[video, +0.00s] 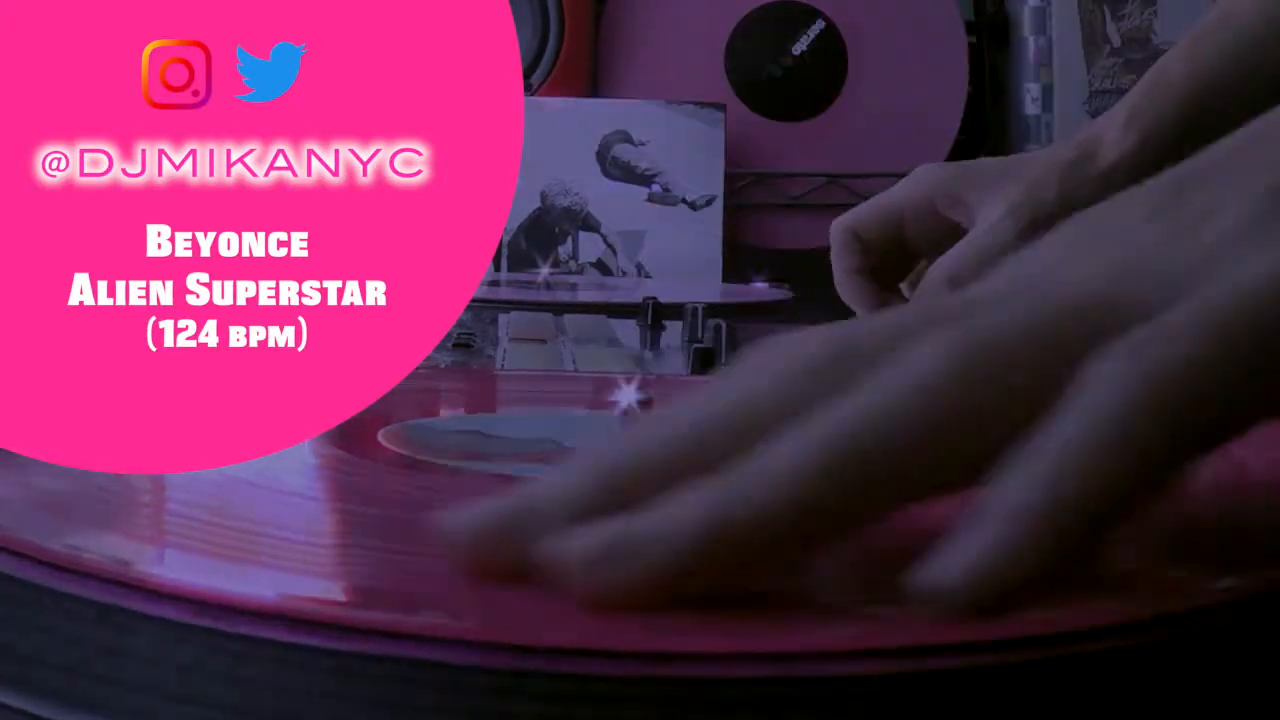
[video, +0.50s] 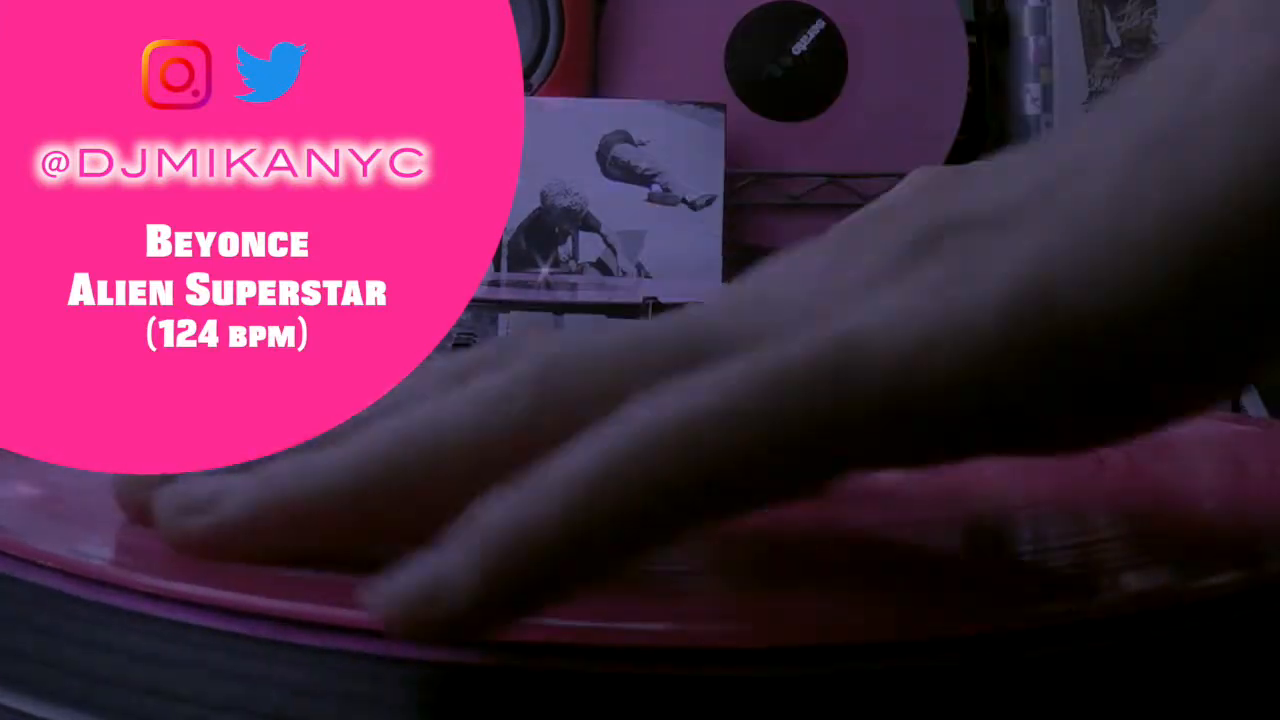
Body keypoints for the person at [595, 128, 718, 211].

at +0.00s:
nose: (644, 143)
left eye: (644, 143)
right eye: (641, 142)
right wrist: (634, 142)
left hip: (608, 169)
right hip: (616, 149)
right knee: (654, 169)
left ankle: (656, 192)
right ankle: (691, 197)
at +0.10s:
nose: (644, 143)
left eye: (644, 143)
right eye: (642, 142)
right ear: (636, 139)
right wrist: (634, 141)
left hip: (608, 170)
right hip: (616, 149)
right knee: (654, 169)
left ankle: (656, 192)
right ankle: (692, 197)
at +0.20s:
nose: (644, 143)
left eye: (644, 143)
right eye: (642, 142)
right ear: (636, 139)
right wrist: (634, 141)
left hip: (608, 170)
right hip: (616, 149)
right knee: (654, 169)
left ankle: (656, 192)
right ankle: (692, 197)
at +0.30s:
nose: (644, 143)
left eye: (644, 143)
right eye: (642, 142)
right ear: (636, 139)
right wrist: (634, 141)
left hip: (608, 170)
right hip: (616, 149)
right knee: (654, 169)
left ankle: (656, 192)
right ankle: (692, 197)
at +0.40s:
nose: (645, 143)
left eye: (644, 143)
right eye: (642, 142)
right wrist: (634, 141)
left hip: (609, 170)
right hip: (616, 149)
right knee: (654, 169)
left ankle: (656, 193)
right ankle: (692, 197)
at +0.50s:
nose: (645, 143)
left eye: (644, 144)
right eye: (642, 142)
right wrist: (634, 141)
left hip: (608, 169)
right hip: (616, 149)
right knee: (654, 169)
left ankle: (656, 192)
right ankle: (691, 197)